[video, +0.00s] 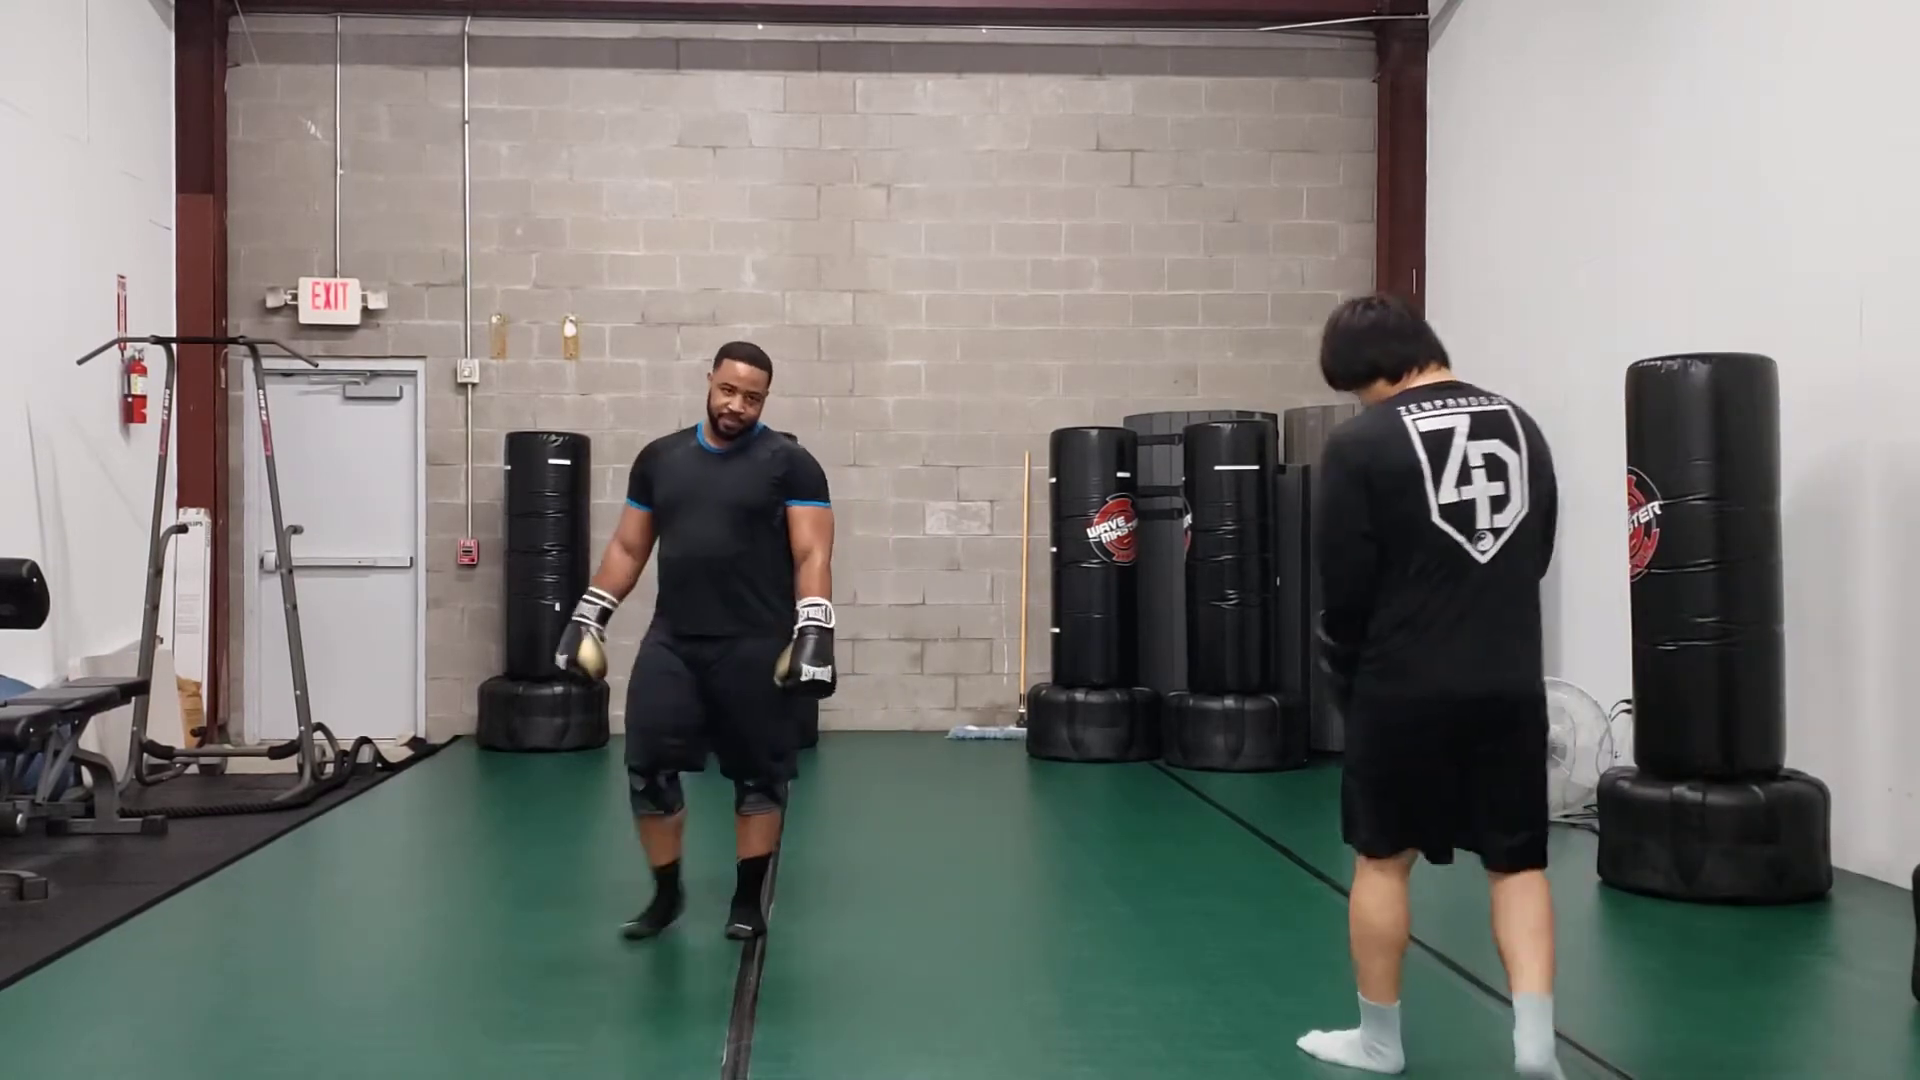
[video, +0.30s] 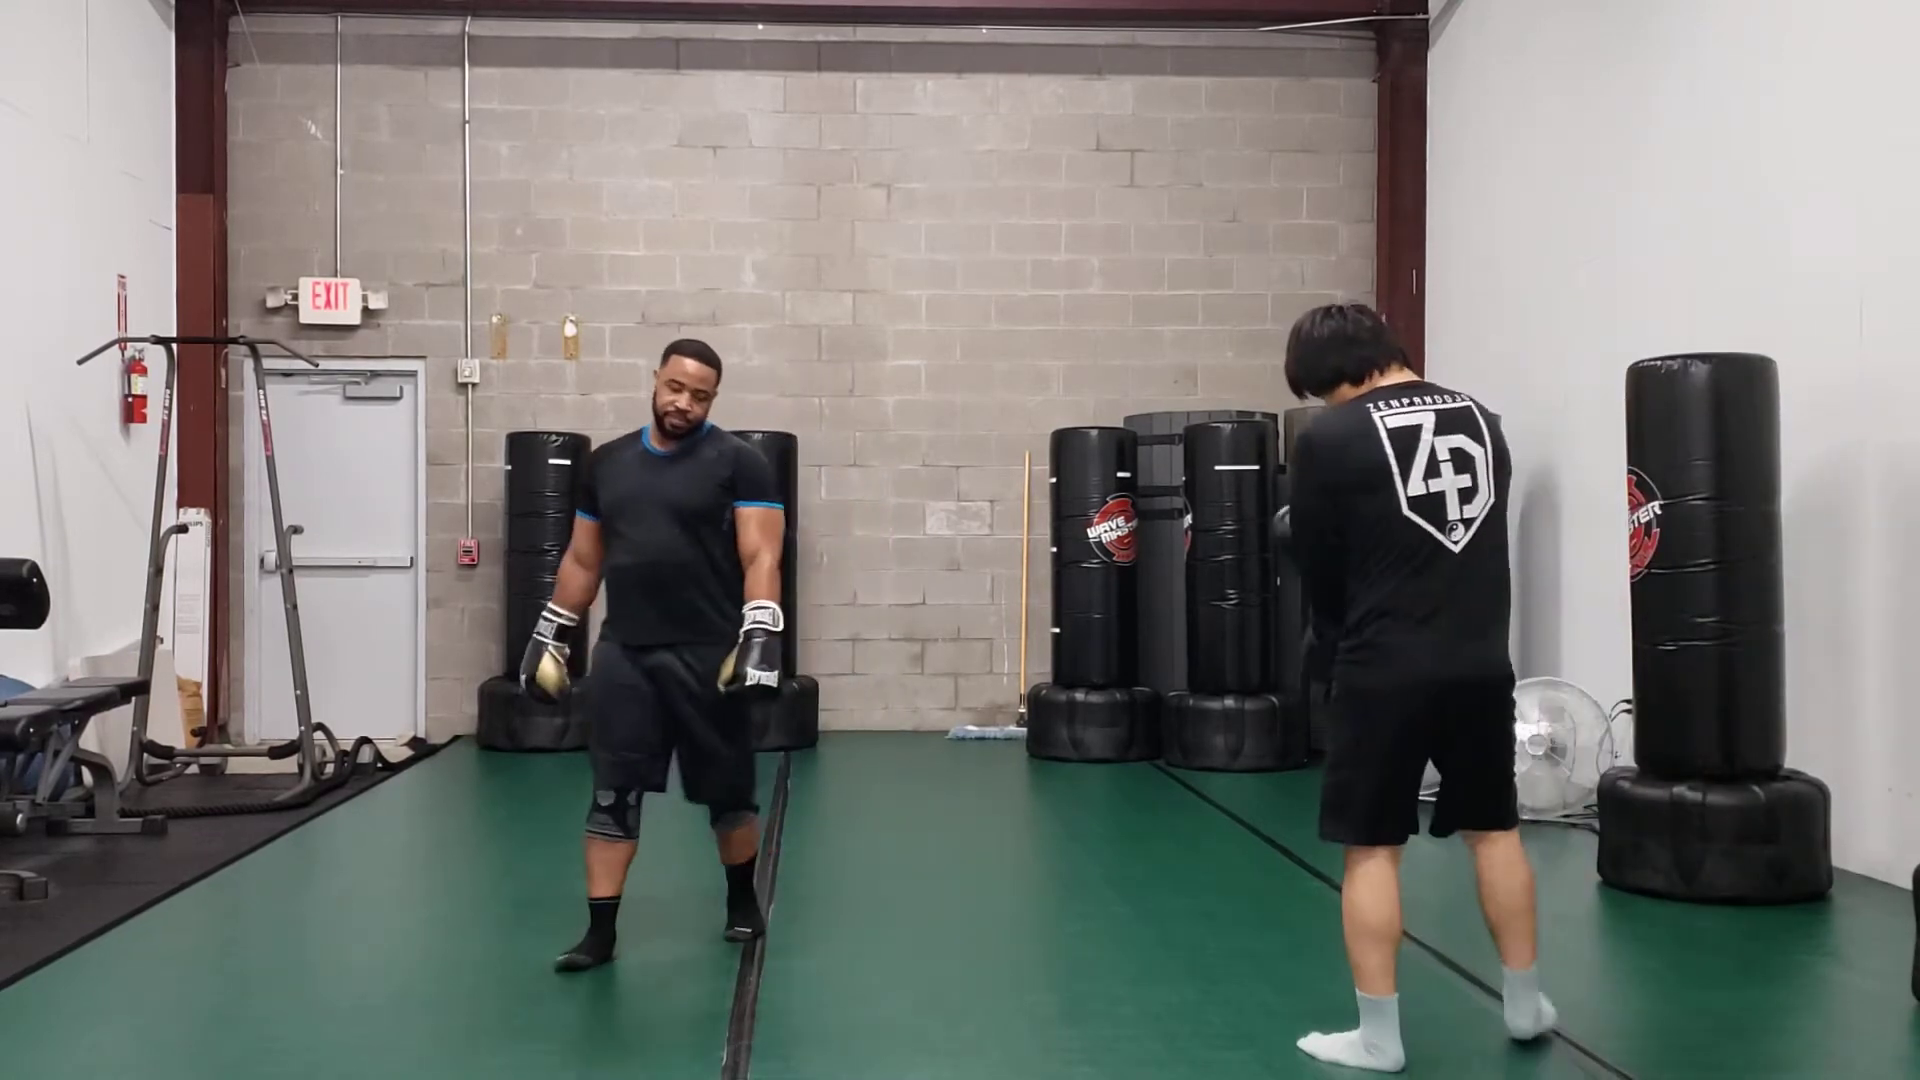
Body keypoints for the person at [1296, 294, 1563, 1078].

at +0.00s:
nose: (1359, 404)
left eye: (1357, 390)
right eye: (1355, 391)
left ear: (1374, 375)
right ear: (1429, 353)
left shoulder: (1362, 444)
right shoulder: (1518, 423)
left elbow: (1346, 588)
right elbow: (1537, 546)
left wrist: (1344, 668)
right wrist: (1488, 609)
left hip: (1403, 683)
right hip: (1507, 680)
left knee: (1382, 858)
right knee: (1519, 860)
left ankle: (1378, 1037)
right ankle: (1535, 1047)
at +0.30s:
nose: (1320, 408)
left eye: (1316, 395)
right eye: (1315, 397)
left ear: (1334, 381)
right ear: (1395, 353)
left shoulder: (1330, 438)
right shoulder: (1478, 418)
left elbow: (1321, 571)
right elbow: (1486, 544)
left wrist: (1339, 645)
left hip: (1384, 674)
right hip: (1479, 666)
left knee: (1372, 846)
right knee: (1496, 829)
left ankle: (1378, 1035)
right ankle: (1525, 1004)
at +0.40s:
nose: (1329, 410)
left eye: (1327, 396)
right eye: (1324, 397)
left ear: (1347, 382)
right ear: (1400, 358)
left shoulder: (1344, 441)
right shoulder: (1478, 420)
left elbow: (1327, 571)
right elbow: (1458, 537)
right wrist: (1314, 564)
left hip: (1386, 672)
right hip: (1479, 666)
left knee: (1374, 847)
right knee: (1491, 833)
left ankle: (1379, 1036)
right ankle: (1512, 1002)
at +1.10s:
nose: (1323, 390)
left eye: (1327, 377)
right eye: (1321, 376)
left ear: (1360, 373)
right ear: (1398, 364)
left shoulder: (1377, 439)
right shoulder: (1468, 428)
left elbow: (1361, 552)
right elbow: (1406, 531)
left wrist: (1282, 565)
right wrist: (1324, 480)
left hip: (1389, 666)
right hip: (1472, 664)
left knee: (1320, 821)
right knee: (1477, 823)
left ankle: (1274, 999)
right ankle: (1507, 1002)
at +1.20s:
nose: (1296, 396)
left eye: (1299, 383)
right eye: (1295, 383)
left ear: (1331, 381)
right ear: (1372, 370)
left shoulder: (1342, 446)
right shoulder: (1439, 431)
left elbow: (1296, 544)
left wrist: (1210, 523)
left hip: (1361, 673)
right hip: (1446, 670)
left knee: (1307, 837)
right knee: (1461, 828)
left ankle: (1268, 1012)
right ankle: (1504, 1002)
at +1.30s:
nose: (1270, 392)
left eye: (1273, 380)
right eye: (1268, 379)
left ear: (1303, 381)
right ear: (1352, 368)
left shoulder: (1307, 446)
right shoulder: (1412, 431)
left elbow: (1210, 514)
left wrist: (1136, 488)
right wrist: (1300, 410)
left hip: (1324, 670)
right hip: (1407, 667)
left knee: (1283, 831)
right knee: (1431, 820)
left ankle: (1267, 1013)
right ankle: (1493, 990)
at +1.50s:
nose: (1236, 385)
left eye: (1240, 372)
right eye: (1235, 372)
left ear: (1270, 371)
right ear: (1318, 363)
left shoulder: (1261, 430)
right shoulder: (1382, 426)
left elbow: (1154, 451)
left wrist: (1048, 456)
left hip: (1286, 667)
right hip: (1369, 663)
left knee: (1264, 828)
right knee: (1389, 814)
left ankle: (1265, 1013)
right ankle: (1430, 986)